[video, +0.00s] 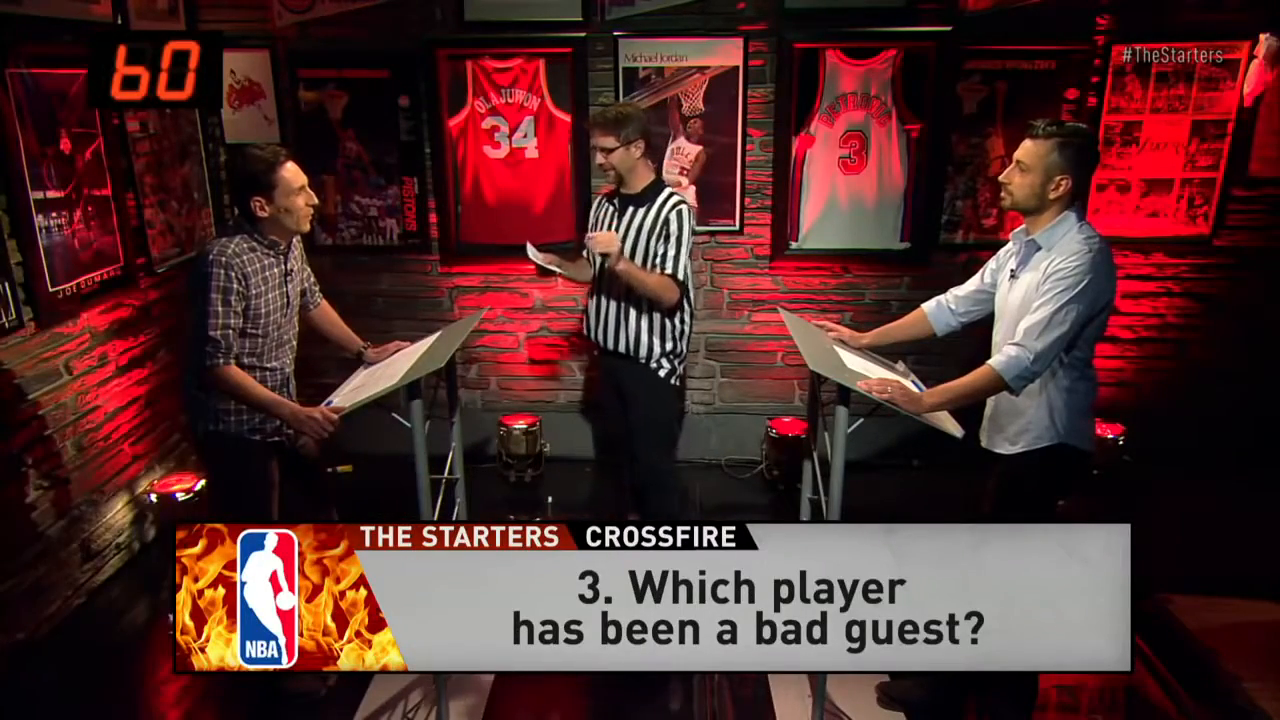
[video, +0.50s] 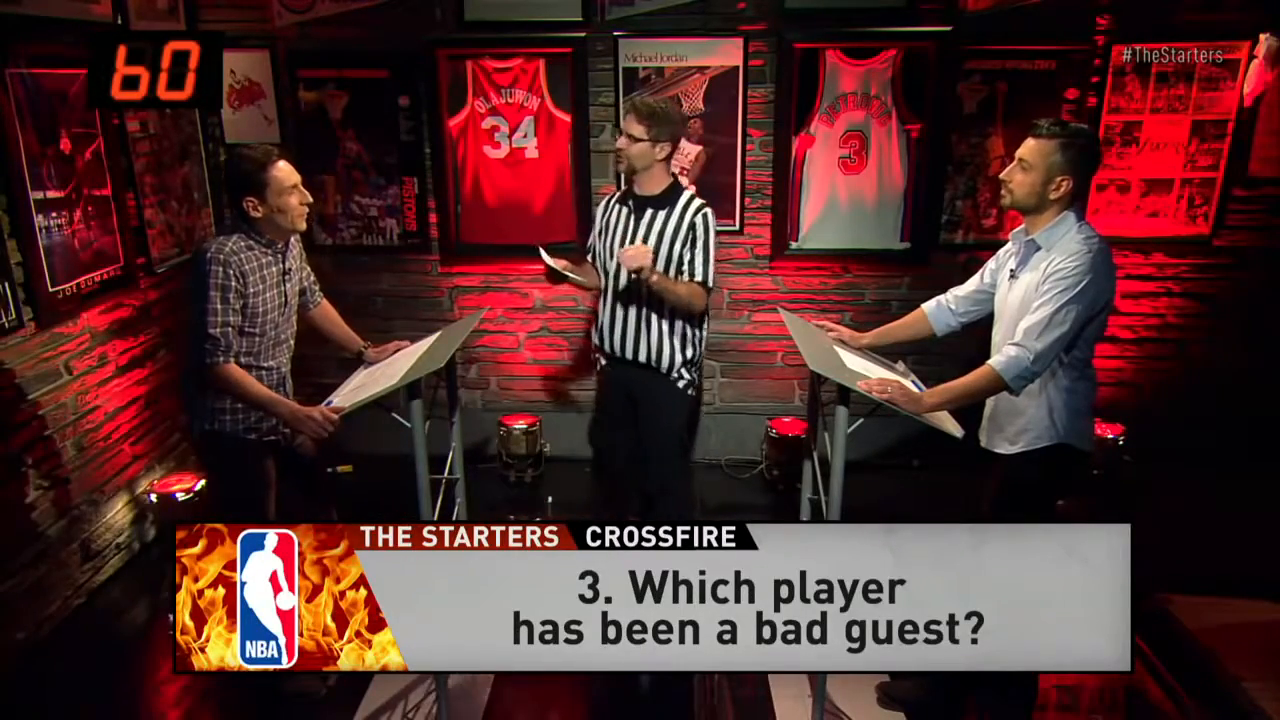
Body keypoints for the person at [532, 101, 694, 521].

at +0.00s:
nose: (599, 160)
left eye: (607, 150)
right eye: (595, 151)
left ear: (638, 147)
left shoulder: (673, 209)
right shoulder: (605, 204)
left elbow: (670, 293)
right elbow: (599, 275)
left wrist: (619, 262)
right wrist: (559, 263)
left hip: (653, 368)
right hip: (608, 361)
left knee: (653, 474)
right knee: (611, 469)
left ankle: (663, 550)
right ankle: (612, 542)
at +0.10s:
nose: (602, 158)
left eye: (612, 147)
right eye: (599, 148)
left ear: (642, 148)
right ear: (596, 149)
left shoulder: (677, 210)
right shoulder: (603, 205)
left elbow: (677, 295)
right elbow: (595, 273)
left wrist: (627, 268)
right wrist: (561, 267)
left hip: (656, 372)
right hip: (609, 365)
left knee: (656, 479)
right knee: (611, 473)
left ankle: (665, 554)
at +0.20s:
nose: (606, 149)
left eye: (617, 141)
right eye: (606, 140)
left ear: (649, 148)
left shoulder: (681, 211)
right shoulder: (604, 205)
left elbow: (683, 297)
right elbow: (596, 273)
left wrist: (634, 273)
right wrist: (563, 269)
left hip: (658, 375)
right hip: (609, 368)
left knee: (657, 484)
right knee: (610, 478)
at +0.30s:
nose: (611, 146)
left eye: (622, 138)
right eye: (610, 136)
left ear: (656, 146)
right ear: (618, 142)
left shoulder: (683, 210)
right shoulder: (606, 204)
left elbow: (692, 298)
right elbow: (600, 277)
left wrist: (645, 274)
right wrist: (573, 272)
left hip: (662, 372)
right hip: (611, 364)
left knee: (660, 484)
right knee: (611, 479)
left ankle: (673, 571)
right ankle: (618, 566)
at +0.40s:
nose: (615, 144)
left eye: (627, 138)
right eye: (615, 135)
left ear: (661, 147)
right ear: (622, 143)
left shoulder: (689, 212)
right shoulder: (609, 203)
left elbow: (695, 301)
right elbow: (604, 278)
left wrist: (649, 273)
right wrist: (577, 272)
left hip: (664, 378)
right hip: (614, 370)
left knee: (662, 493)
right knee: (612, 486)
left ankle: (669, 585)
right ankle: (616, 579)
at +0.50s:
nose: (618, 145)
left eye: (630, 139)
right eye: (618, 135)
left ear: (665, 148)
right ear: (626, 142)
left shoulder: (693, 212)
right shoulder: (610, 205)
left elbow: (699, 303)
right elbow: (608, 283)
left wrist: (651, 276)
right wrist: (579, 272)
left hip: (669, 381)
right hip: (617, 373)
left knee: (663, 498)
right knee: (611, 489)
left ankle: (670, 596)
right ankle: (617, 590)